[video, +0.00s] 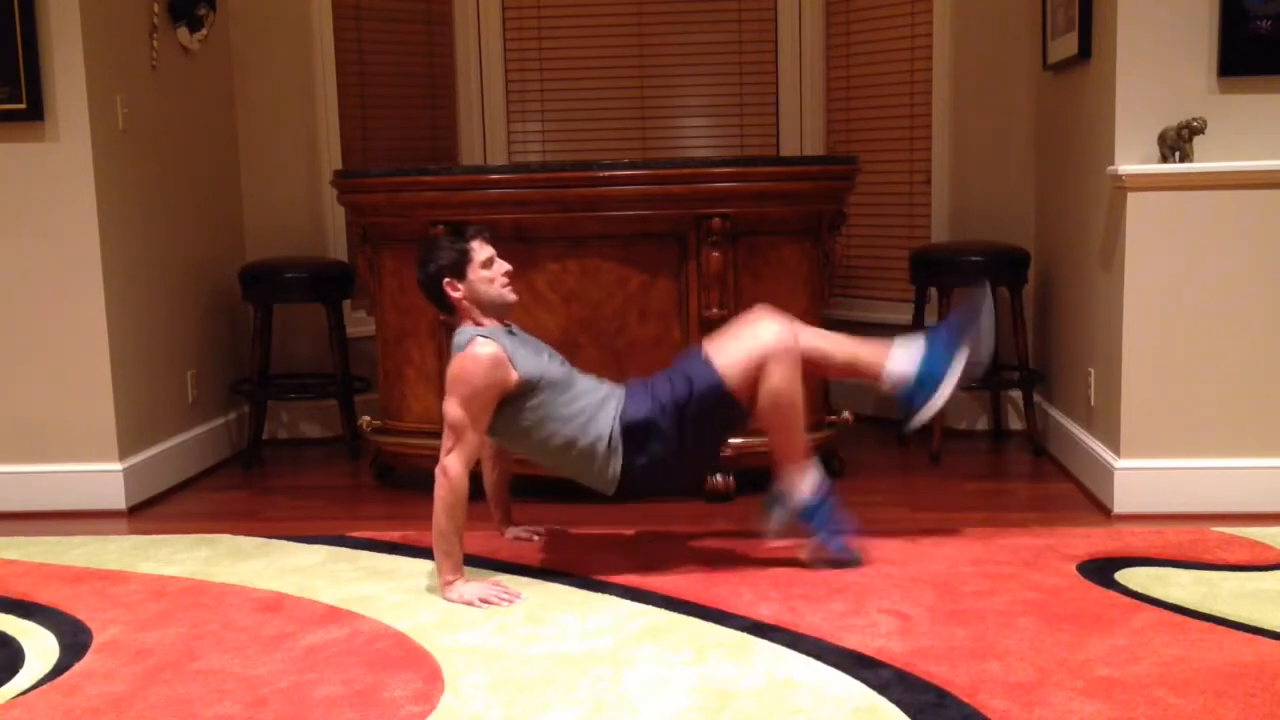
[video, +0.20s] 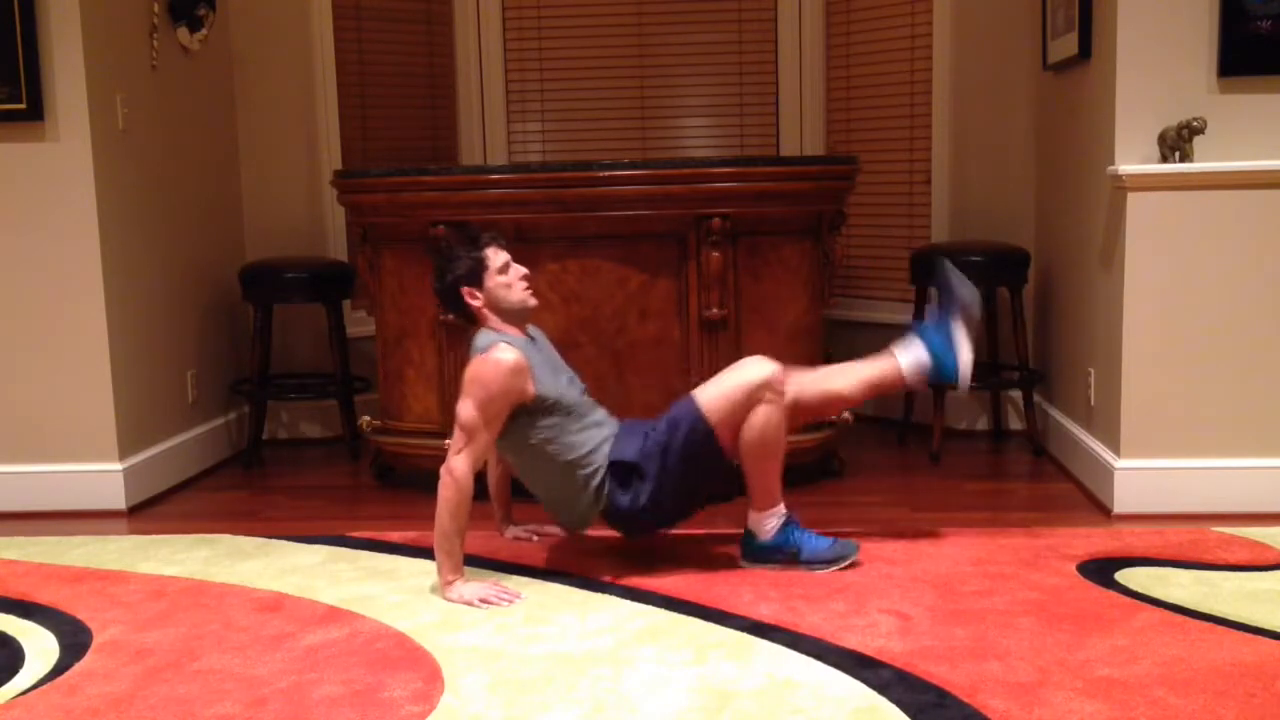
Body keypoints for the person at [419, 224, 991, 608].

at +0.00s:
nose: (506, 270)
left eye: (500, 261)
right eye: (490, 266)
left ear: (476, 285)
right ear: (456, 291)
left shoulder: (498, 339)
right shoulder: (476, 357)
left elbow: (489, 440)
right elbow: (450, 466)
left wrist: (498, 521)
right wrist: (449, 576)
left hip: (635, 413)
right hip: (630, 445)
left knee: (769, 321)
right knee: (770, 344)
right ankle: (798, 496)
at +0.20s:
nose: (521, 274)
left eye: (515, 266)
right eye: (505, 272)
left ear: (500, 287)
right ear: (475, 299)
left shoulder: (519, 339)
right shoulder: (494, 363)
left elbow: (496, 440)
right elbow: (456, 464)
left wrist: (501, 521)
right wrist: (448, 578)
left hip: (634, 459)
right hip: (625, 485)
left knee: (782, 384)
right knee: (760, 376)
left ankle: (925, 353)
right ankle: (770, 531)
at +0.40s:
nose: (496, 268)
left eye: (490, 258)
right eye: (480, 263)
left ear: (463, 285)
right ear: (448, 290)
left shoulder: (489, 333)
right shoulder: (470, 356)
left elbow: (490, 436)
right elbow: (451, 464)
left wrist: (501, 520)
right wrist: (449, 576)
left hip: (641, 386)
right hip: (644, 417)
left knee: (775, 297)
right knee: (793, 319)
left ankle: (788, 449)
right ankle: (845, 474)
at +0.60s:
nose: (510, 272)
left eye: (504, 262)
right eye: (493, 269)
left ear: (494, 280)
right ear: (461, 295)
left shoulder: (508, 337)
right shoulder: (481, 364)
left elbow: (491, 437)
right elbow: (449, 469)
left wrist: (499, 519)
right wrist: (446, 579)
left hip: (628, 434)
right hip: (623, 470)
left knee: (769, 367)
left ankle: (729, 515)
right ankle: (918, 314)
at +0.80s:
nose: (504, 267)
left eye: (498, 258)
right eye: (487, 264)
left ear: (478, 282)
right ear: (454, 291)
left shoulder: (502, 337)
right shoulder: (475, 360)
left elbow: (489, 441)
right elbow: (446, 468)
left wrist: (503, 524)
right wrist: (447, 577)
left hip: (640, 433)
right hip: (633, 461)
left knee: (772, 343)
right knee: (758, 336)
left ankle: (737, 503)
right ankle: (913, 337)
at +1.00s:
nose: (499, 269)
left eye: (494, 259)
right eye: (482, 264)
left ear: (481, 277)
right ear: (449, 289)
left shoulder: (492, 337)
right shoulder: (468, 358)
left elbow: (486, 440)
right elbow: (445, 466)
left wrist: (499, 519)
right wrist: (448, 578)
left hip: (627, 420)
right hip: (621, 450)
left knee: (756, 317)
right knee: (753, 335)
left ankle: (887, 374)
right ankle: (807, 484)